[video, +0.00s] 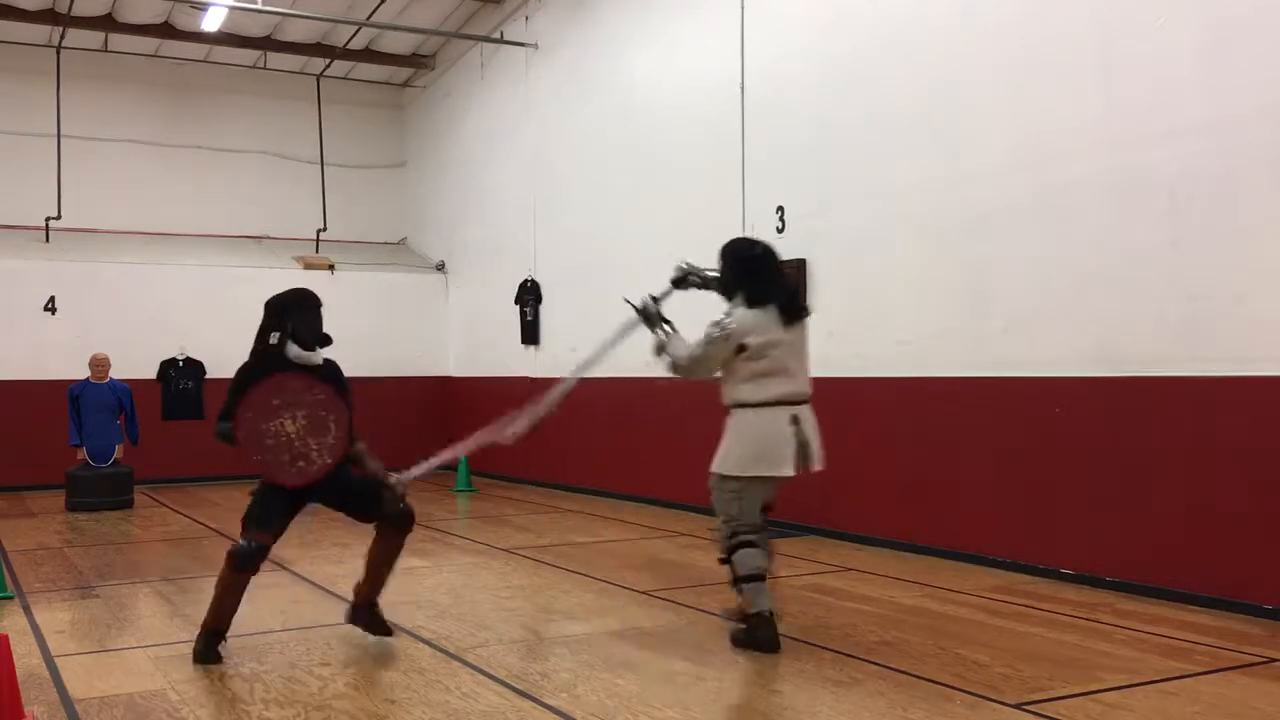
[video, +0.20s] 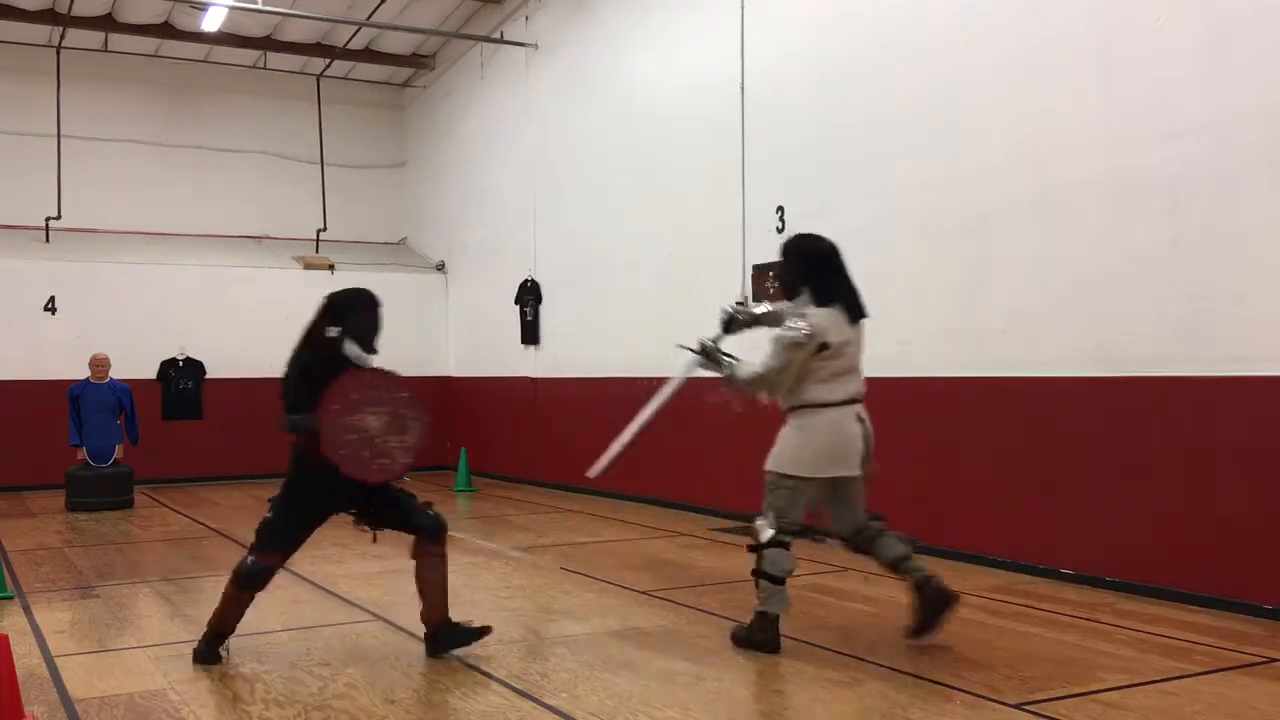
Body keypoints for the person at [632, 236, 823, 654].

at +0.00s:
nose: (722, 279)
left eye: (725, 273)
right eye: (720, 272)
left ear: (736, 278)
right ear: (772, 271)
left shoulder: (737, 325)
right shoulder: (792, 313)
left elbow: (692, 361)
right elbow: (753, 293)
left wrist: (660, 327)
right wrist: (708, 281)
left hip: (753, 433)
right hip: (794, 430)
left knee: (738, 524)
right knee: (749, 514)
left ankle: (760, 621)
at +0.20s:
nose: (780, 277)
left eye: (785, 269)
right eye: (782, 269)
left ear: (799, 273)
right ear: (829, 269)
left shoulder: (804, 324)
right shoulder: (847, 312)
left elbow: (769, 380)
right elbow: (793, 313)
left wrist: (721, 363)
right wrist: (752, 317)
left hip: (810, 433)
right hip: (851, 427)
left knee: (776, 526)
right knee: (854, 526)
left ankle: (765, 625)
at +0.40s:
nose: (847, 288)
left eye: (853, 280)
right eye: (849, 279)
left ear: (868, 286)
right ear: (898, 284)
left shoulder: (870, 336)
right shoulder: (917, 328)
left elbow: (836, 387)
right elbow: (864, 338)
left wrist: (788, 390)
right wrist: (818, 335)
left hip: (886, 447)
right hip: (928, 444)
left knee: (838, 535)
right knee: (940, 546)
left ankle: (786, 619)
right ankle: (999, 621)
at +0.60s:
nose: (892, 279)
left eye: (896, 271)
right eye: (894, 271)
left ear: (912, 275)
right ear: (941, 273)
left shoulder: (910, 323)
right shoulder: (966, 313)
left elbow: (871, 373)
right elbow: (922, 323)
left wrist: (827, 374)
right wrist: (875, 315)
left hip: (938, 433)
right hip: (982, 432)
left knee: (876, 514)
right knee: (941, 527)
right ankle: (993, 611)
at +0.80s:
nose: (943, 292)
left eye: (949, 284)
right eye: (945, 283)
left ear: (964, 289)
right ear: (993, 286)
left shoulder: (957, 336)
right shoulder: (1016, 326)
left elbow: (905, 376)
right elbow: (948, 316)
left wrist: (860, 377)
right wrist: (895, 319)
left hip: (978, 445)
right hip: (1022, 443)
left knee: (912, 527)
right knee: (993, 527)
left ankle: (905, 632)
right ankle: (1064, 582)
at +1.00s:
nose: (999, 305)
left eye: (1004, 298)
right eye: (1000, 297)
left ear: (1020, 303)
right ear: (1052, 297)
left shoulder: (1019, 349)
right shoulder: (1075, 333)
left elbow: (971, 390)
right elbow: (1008, 323)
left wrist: (920, 397)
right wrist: (955, 336)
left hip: (1047, 455)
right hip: (1089, 450)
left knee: (987, 536)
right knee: (1076, 545)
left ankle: (954, 624)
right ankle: (1135, 611)